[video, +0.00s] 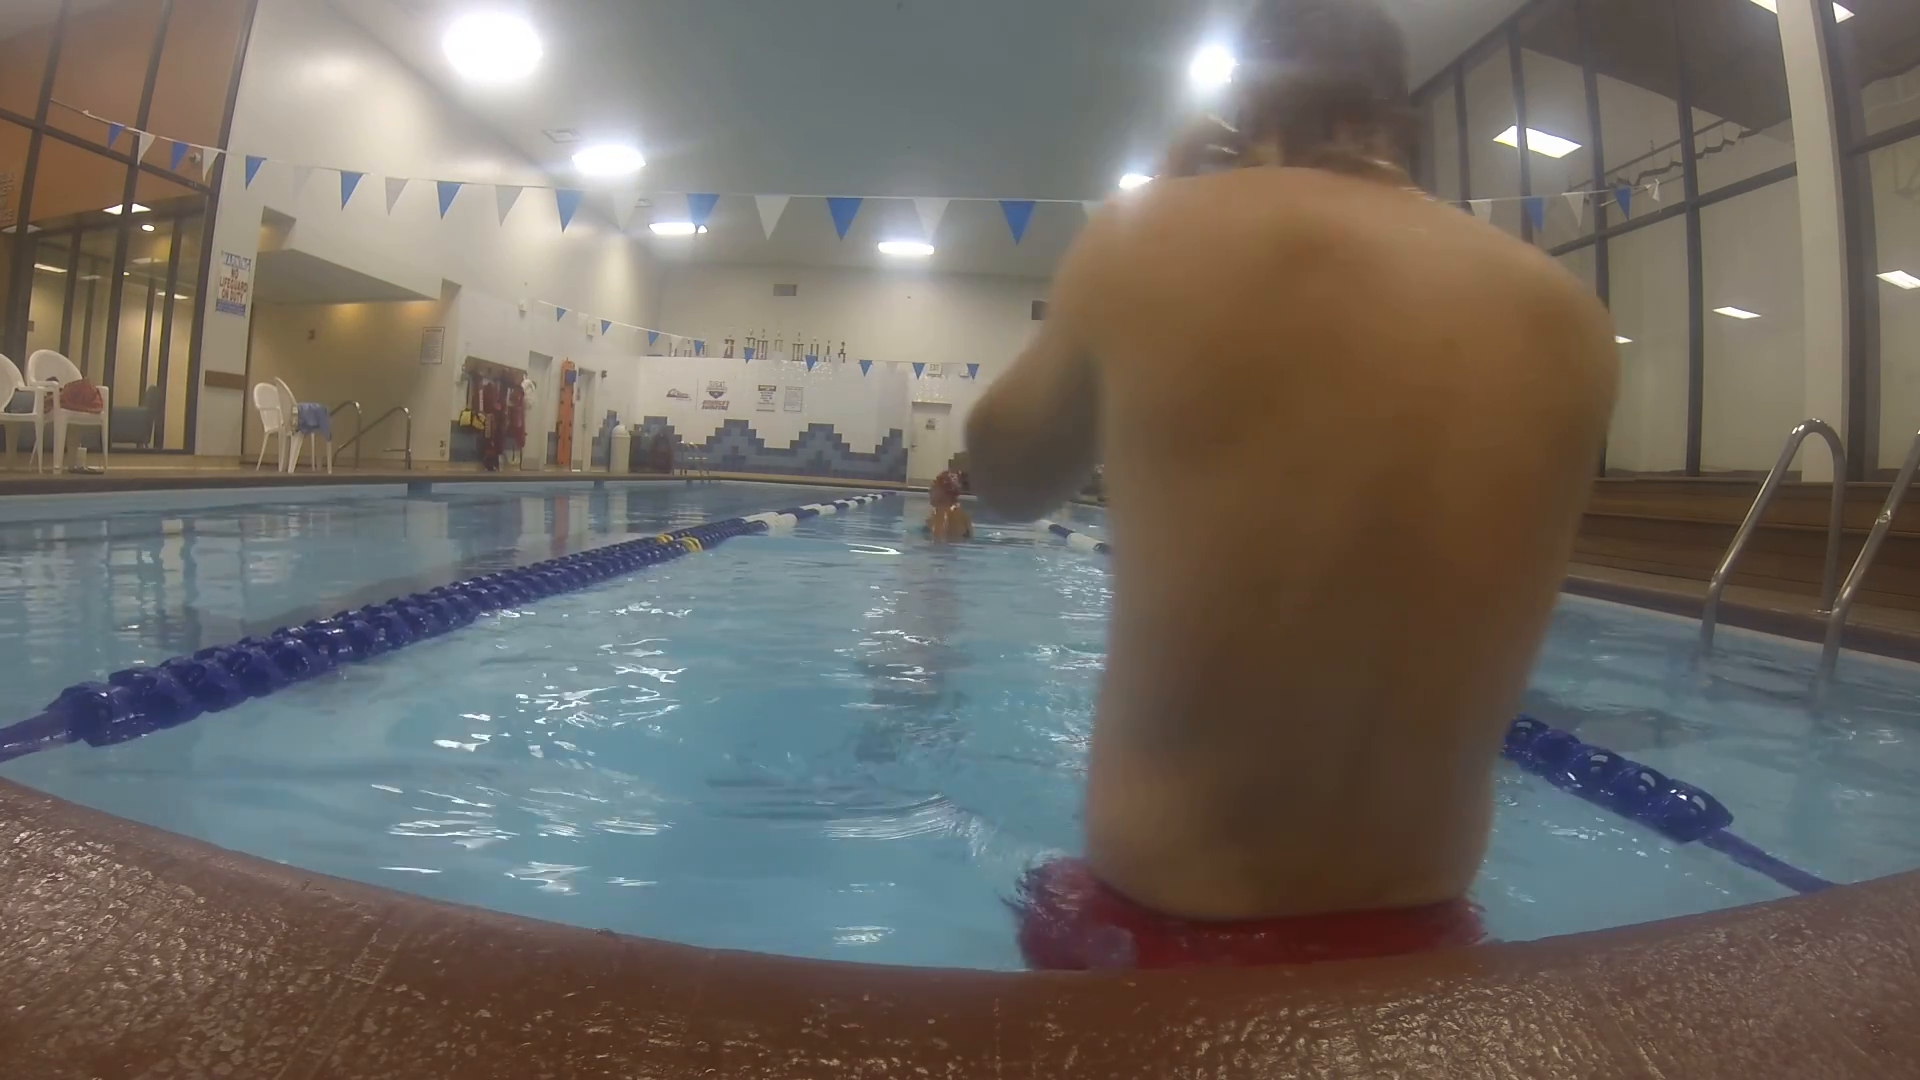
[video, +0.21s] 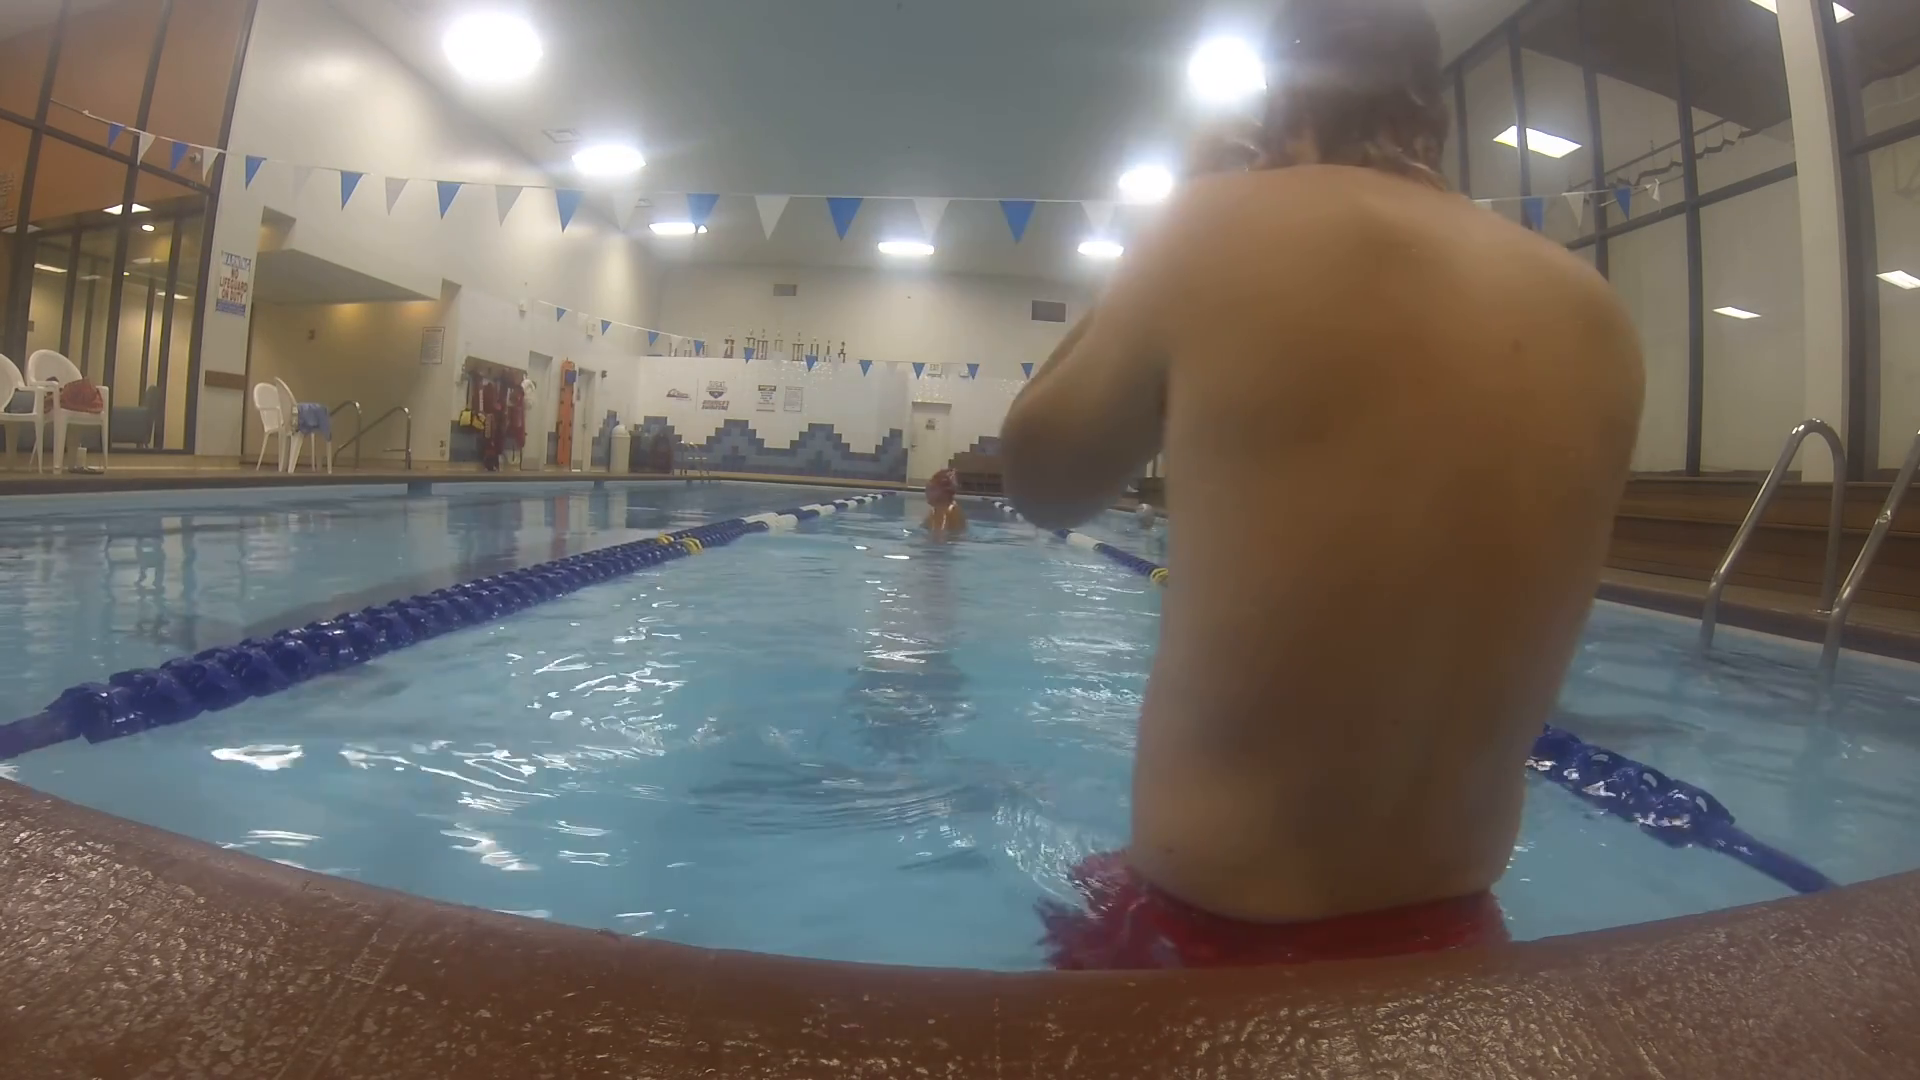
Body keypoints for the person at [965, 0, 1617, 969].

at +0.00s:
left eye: (1231, 95)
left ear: (1238, 106)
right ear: (1406, 120)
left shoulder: (1149, 239)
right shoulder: (1567, 316)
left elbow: (1004, 479)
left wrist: (1161, 202)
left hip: (1145, 948)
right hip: (1418, 955)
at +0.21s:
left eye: (1260, 105)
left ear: (1271, 112)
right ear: (1437, 124)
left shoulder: (1219, 228)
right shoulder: (1595, 312)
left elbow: (1043, 478)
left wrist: (1191, 213)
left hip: (1187, 949)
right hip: (1453, 950)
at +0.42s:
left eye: (1253, 94)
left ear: (1272, 102)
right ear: (1439, 119)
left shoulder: (1215, 232)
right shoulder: (1594, 309)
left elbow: (1042, 471)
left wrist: (1172, 215)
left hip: (1202, 942)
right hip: (1458, 942)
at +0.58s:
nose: (1221, 123)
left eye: (1233, 100)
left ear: (1259, 106)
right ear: (1420, 119)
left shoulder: (1206, 242)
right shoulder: (1587, 310)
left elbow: (1047, 496)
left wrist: (1168, 210)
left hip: (1213, 943)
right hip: (1466, 941)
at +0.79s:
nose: (1229, 136)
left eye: (1240, 115)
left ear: (1266, 125)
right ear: (1417, 136)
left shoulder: (1207, 249)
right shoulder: (1578, 311)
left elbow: (1056, 513)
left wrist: (1170, 226)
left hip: (1217, 947)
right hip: (1469, 943)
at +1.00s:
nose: (1237, 133)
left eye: (1247, 115)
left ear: (1269, 123)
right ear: (1417, 133)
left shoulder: (1205, 242)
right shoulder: (1576, 307)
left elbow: (1068, 527)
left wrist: (1180, 215)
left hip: (1209, 944)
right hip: (1469, 941)